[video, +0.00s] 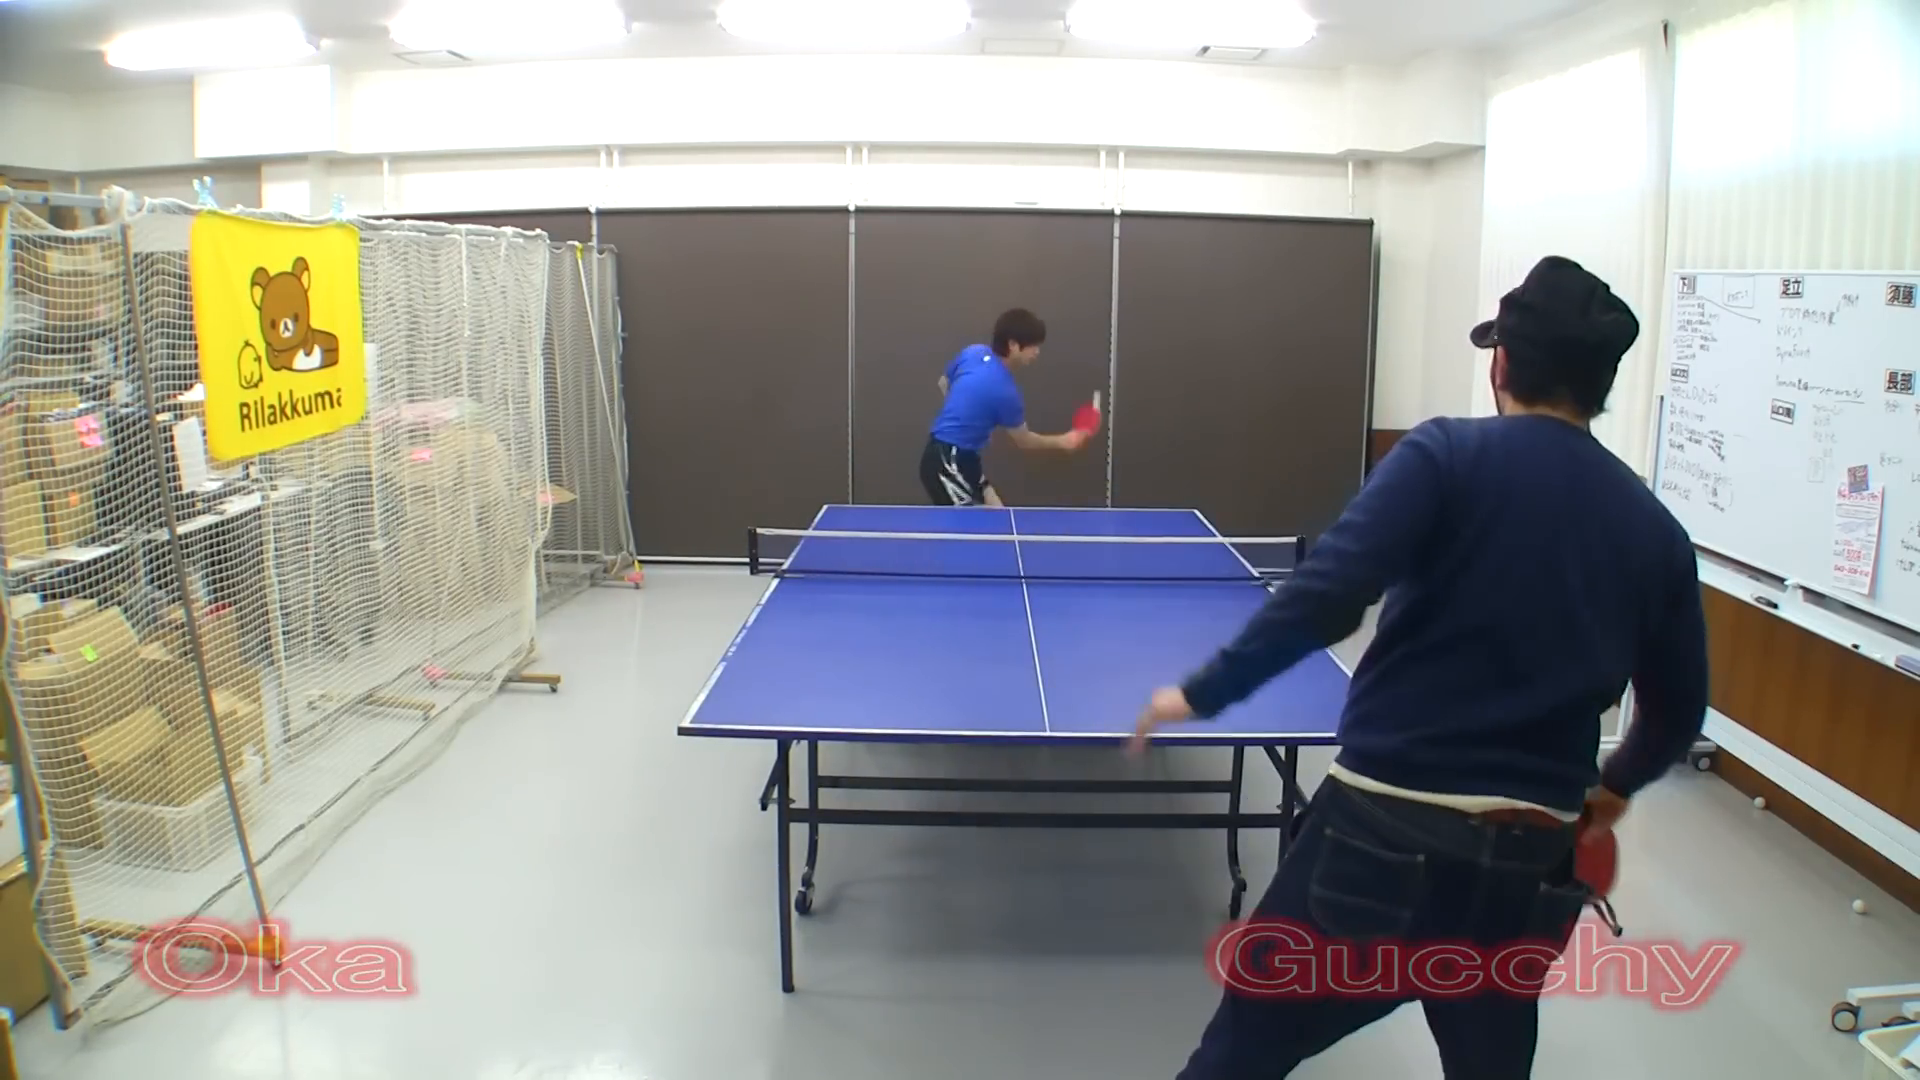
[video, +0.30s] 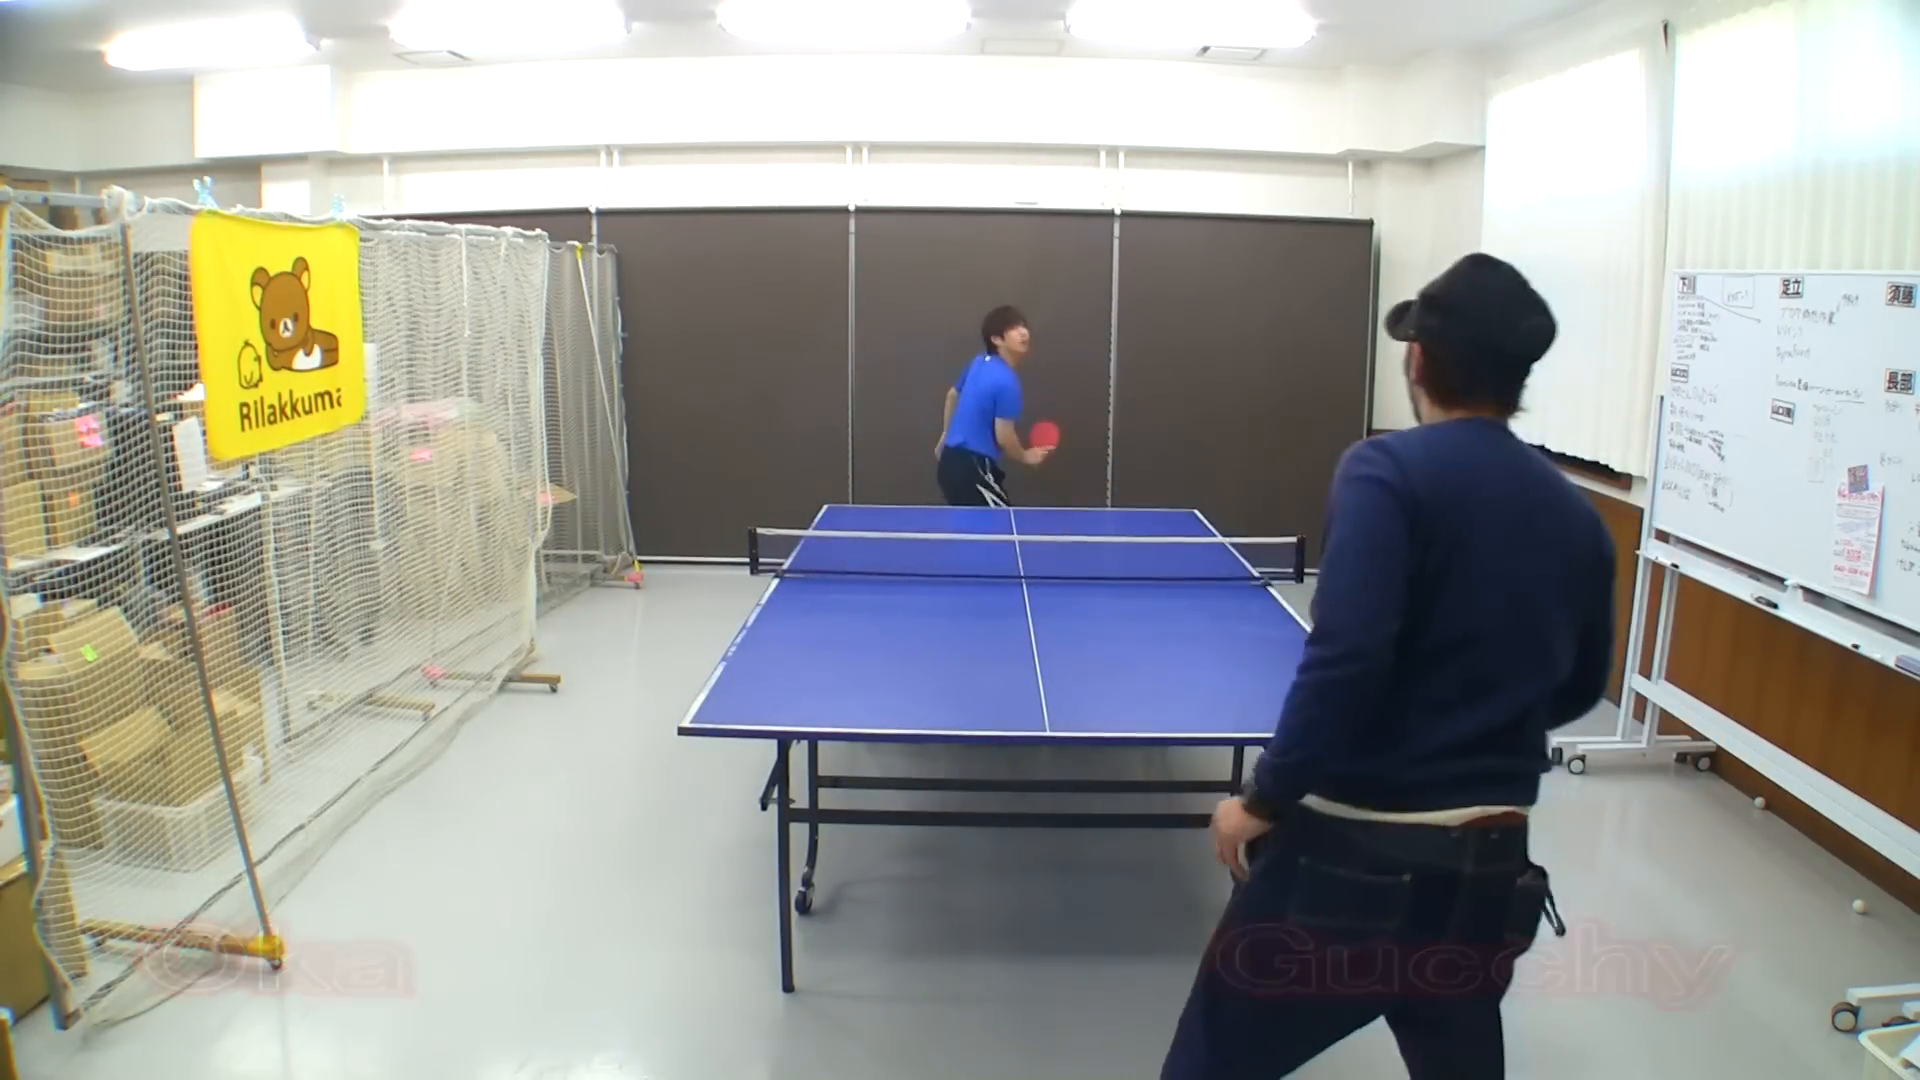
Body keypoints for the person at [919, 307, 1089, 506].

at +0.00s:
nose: (1037, 354)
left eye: (1038, 347)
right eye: (1032, 347)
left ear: (1011, 345)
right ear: (1013, 345)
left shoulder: (975, 353)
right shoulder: (1003, 389)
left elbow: (945, 383)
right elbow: (1023, 440)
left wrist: (967, 419)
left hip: (963, 458)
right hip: (947, 462)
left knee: (999, 517)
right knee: (977, 530)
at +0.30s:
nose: (1024, 333)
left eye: (1023, 326)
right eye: (1014, 328)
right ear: (997, 340)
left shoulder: (979, 362)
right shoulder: (1007, 380)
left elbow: (953, 395)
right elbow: (1004, 436)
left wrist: (946, 434)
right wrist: (1025, 456)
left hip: (951, 458)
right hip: (973, 465)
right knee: (1007, 529)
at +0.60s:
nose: (1014, 309)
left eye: (1017, 303)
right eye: (1005, 305)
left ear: (1024, 309)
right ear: (991, 316)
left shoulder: (1006, 351)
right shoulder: (995, 354)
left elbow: (1001, 399)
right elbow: (988, 403)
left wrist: (1017, 437)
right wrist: (1016, 440)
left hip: (996, 442)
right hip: (984, 443)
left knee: (1001, 515)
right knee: (995, 519)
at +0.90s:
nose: (1027, 319)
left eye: (1033, 312)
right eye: (1020, 314)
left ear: (1041, 318)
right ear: (1010, 322)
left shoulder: (1044, 354)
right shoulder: (1001, 360)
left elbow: (1053, 395)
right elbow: (975, 402)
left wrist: (1073, 441)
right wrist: (1010, 433)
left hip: (1032, 445)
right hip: (1005, 447)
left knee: (1030, 509)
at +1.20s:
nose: (1054, 335)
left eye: (1060, 328)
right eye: (1048, 329)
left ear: (1071, 334)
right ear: (1040, 337)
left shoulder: (1088, 366)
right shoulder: (1026, 378)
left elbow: (1106, 399)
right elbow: (1009, 421)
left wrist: (1112, 435)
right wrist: (1040, 436)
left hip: (1078, 461)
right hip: (1041, 461)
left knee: (1095, 523)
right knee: (1038, 523)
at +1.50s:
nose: (1119, 343)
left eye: (1126, 337)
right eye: (1114, 336)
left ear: (1137, 344)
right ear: (1106, 343)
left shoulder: (1156, 374)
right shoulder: (1095, 379)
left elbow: (1183, 409)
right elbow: (1080, 412)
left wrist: (1159, 432)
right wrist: (1081, 428)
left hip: (1146, 461)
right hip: (1107, 460)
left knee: (1167, 519)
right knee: (1078, 513)